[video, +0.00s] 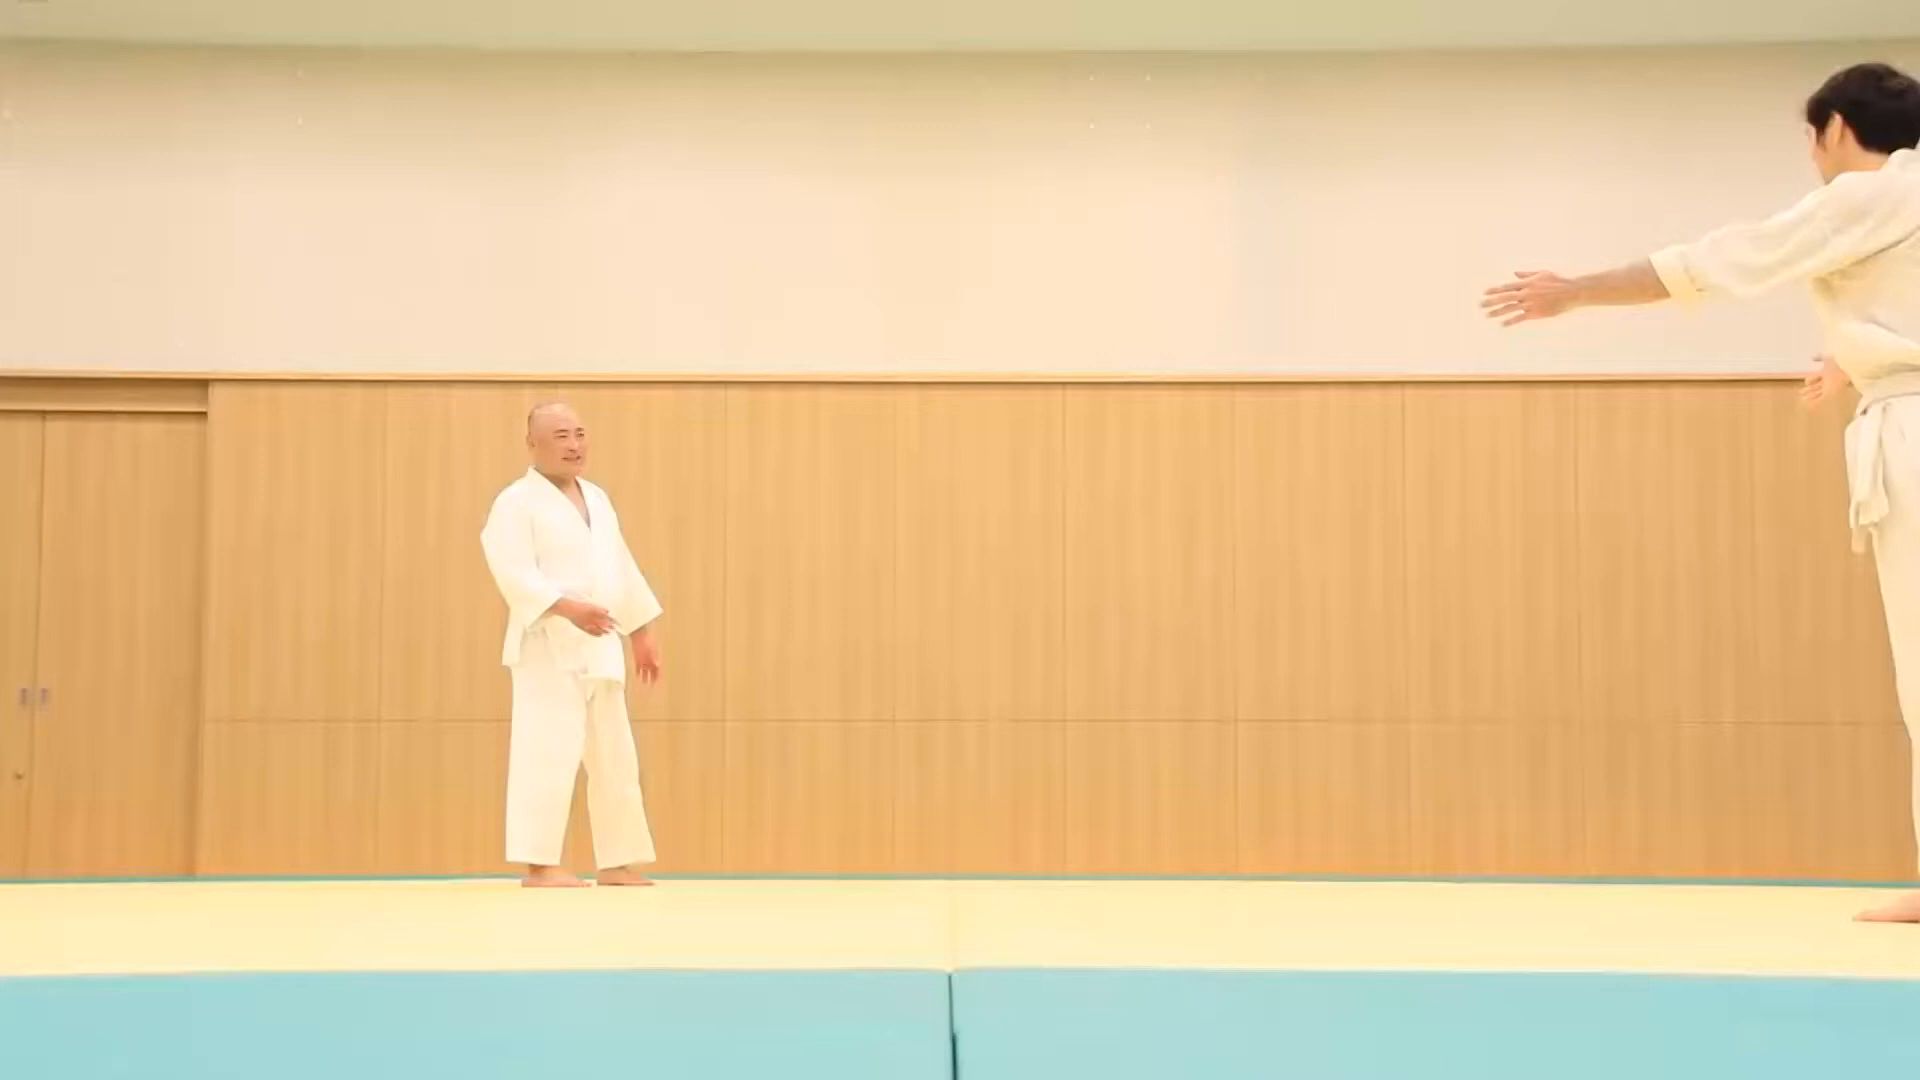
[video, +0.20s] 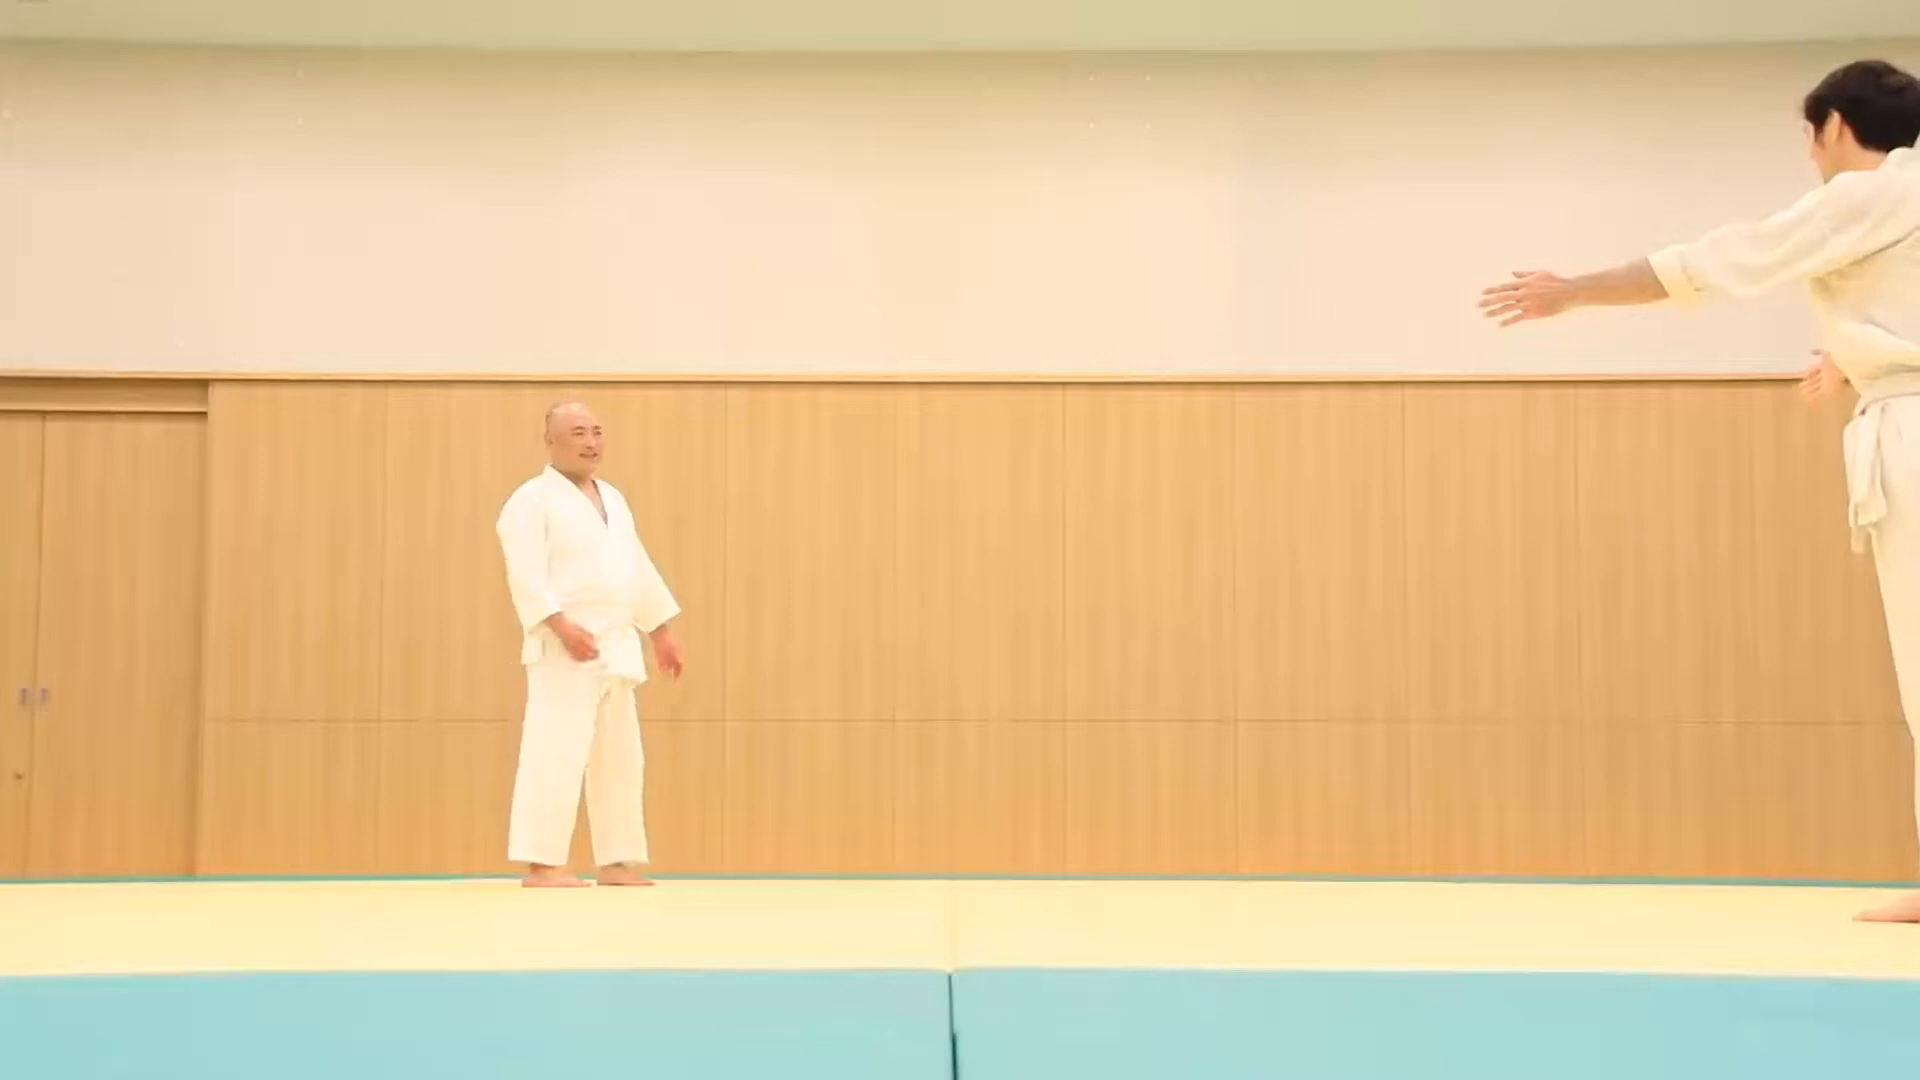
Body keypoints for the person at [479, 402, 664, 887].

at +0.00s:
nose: (575, 444)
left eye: (580, 434)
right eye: (561, 435)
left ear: (587, 440)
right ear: (533, 445)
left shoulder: (596, 499)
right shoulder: (515, 503)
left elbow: (621, 568)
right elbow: (514, 575)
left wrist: (641, 632)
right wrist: (569, 608)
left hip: (602, 648)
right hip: (548, 648)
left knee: (613, 755)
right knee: (547, 753)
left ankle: (616, 865)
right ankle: (540, 866)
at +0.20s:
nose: (592, 441)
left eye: (597, 432)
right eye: (578, 433)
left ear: (604, 439)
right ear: (551, 442)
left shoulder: (612, 499)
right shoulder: (530, 502)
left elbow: (638, 567)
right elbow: (525, 575)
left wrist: (662, 629)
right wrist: (561, 626)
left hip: (618, 649)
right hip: (563, 649)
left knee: (618, 756)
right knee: (555, 754)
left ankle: (617, 863)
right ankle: (544, 865)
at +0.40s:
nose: (605, 442)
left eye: (611, 433)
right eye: (592, 434)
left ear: (618, 441)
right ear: (565, 443)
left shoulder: (624, 503)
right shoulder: (544, 502)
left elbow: (646, 572)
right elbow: (531, 576)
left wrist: (671, 634)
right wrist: (520, 647)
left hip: (626, 651)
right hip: (574, 650)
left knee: (622, 756)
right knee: (563, 753)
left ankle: (613, 862)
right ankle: (545, 865)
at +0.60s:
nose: (613, 443)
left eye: (619, 435)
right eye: (600, 435)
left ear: (626, 443)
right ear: (572, 442)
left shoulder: (630, 505)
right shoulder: (549, 500)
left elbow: (650, 577)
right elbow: (524, 570)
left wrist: (665, 643)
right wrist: (509, 637)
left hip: (631, 651)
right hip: (577, 650)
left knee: (626, 755)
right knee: (565, 752)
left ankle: (617, 863)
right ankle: (545, 865)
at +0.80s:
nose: (617, 443)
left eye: (623, 435)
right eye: (603, 434)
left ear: (630, 444)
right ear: (575, 443)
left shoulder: (636, 505)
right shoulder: (553, 501)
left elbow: (656, 579)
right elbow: (536, 574)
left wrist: (667, 645)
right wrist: (535, 641)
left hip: (635, 648)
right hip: (579, 645)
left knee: (628, 755)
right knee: (566, 752)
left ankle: (616, 862)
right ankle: (544, 864)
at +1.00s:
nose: (620, 443)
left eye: (626, 435)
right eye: (607, 435)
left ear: (633, 444)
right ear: (579, 445)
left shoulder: (638, 505)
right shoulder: (557, 501)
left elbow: (659, 578)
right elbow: (543, 575)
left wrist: (675, 642)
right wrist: (557, 635)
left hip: (637, 651)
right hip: (585, 647)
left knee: (628, 757)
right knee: (565, 753)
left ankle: (616, 862)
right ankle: (543, 863)